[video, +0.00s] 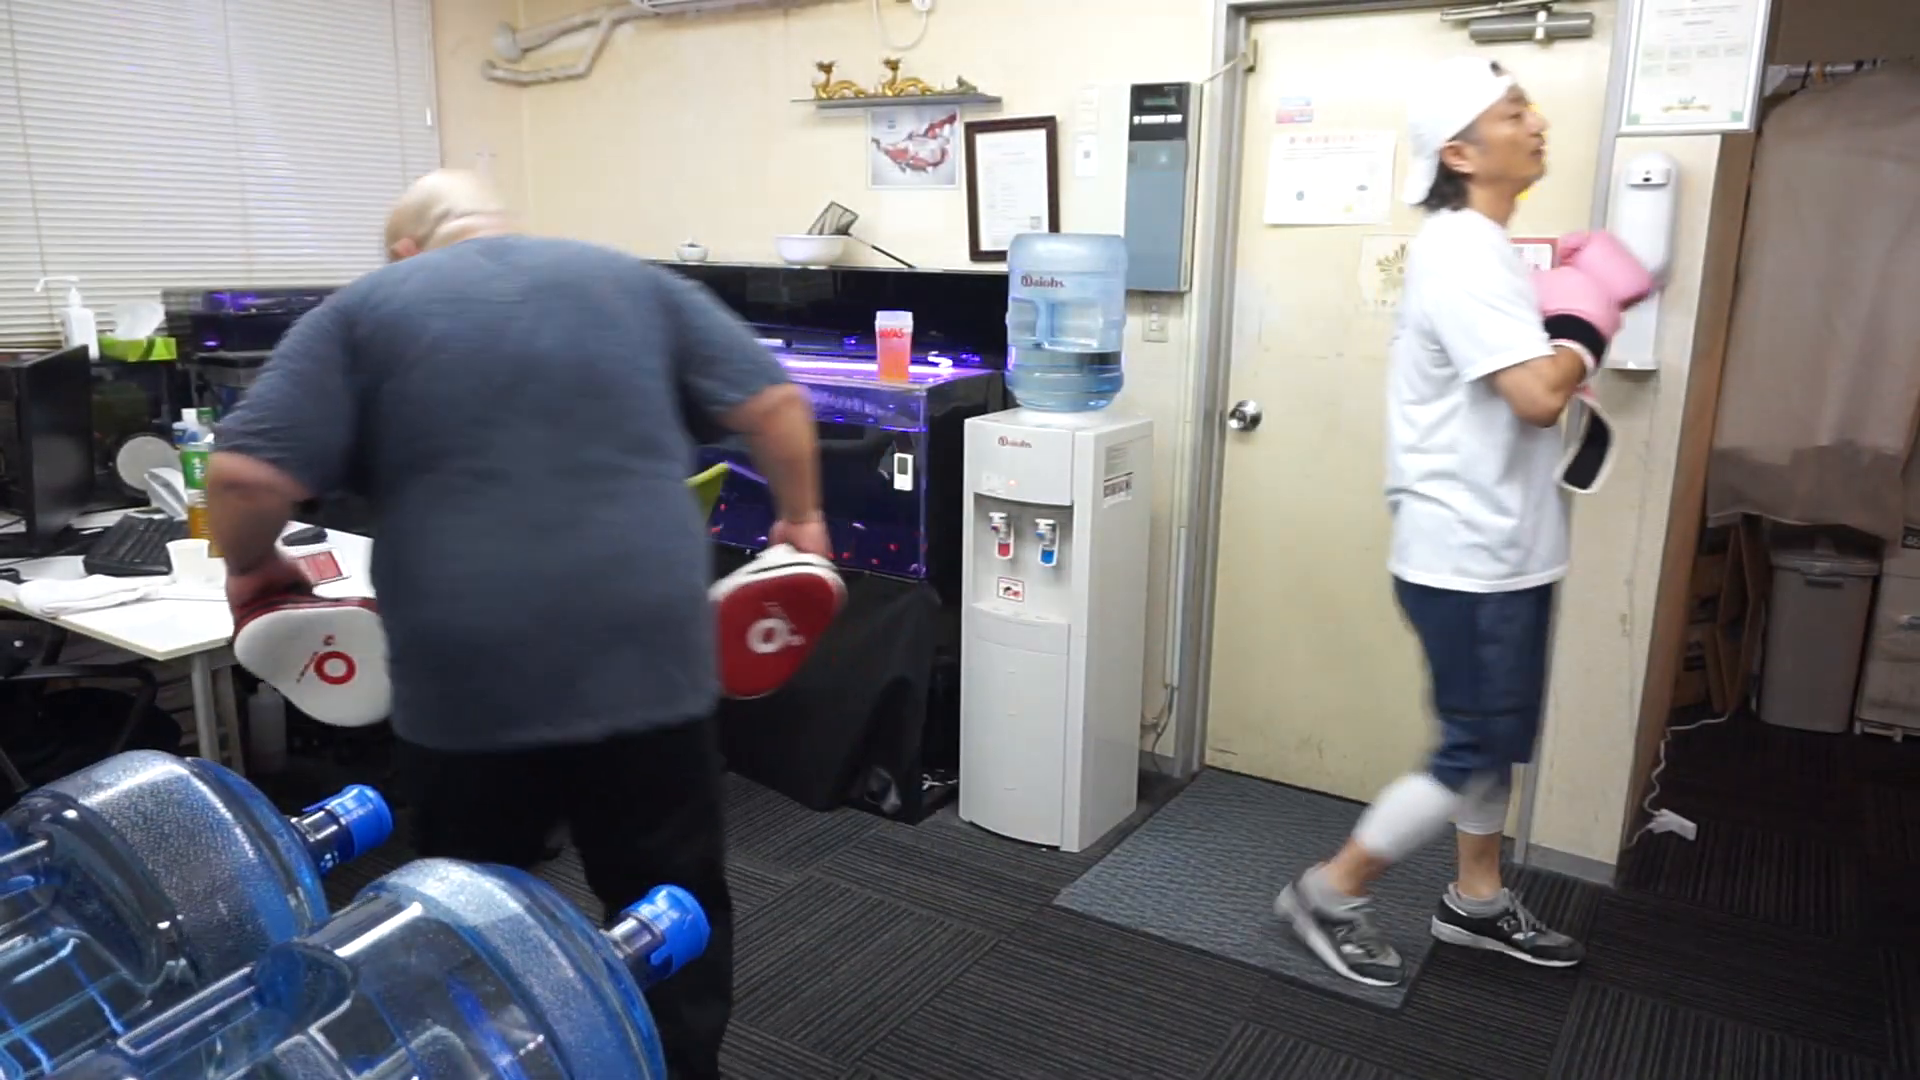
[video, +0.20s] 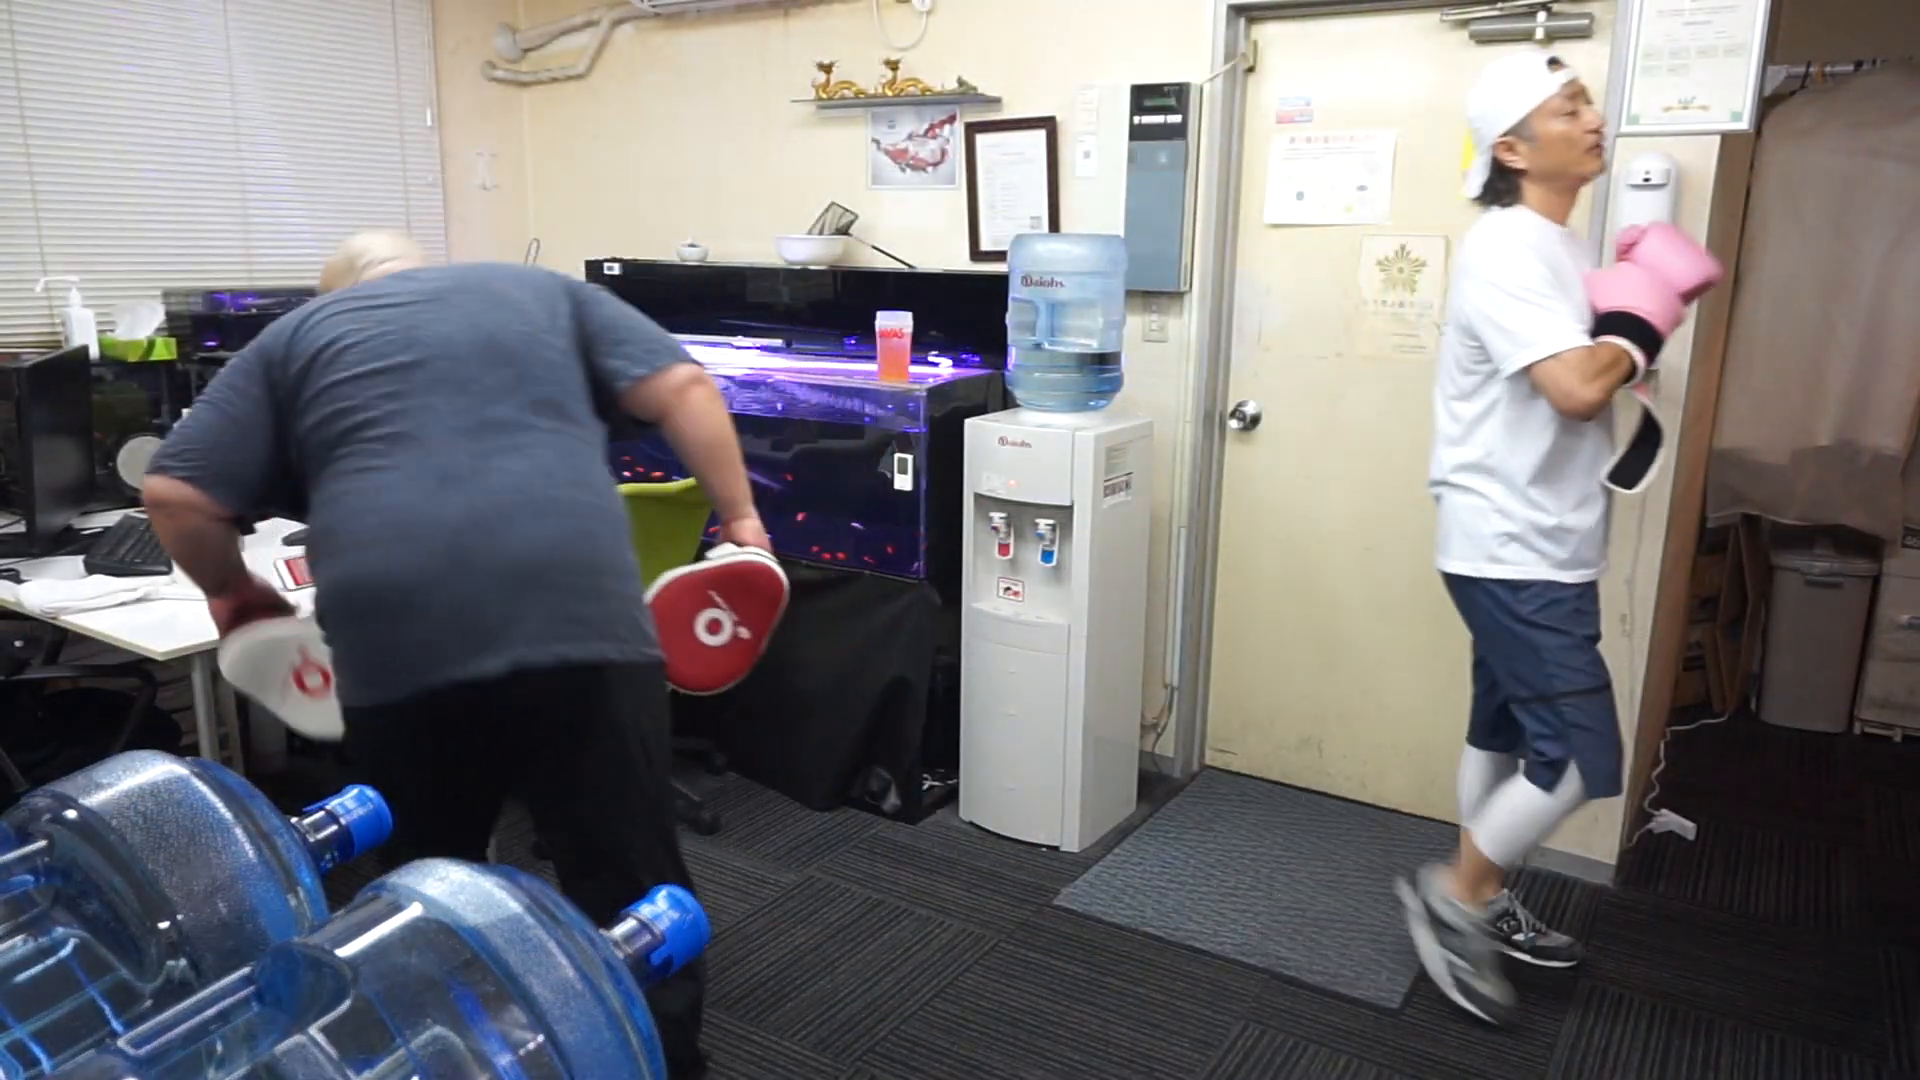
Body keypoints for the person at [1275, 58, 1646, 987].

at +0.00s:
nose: (1536, 123)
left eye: (1527, 109)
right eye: (1513, 115)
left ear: (1479, 152)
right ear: (1463, 152)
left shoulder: (1493, 248)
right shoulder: (1459, 251)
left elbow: (1527, 375)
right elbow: (1539, 398)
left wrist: (1569, 309)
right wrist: (1586, 325)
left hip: (1507, 546)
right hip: (1464, 552)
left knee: (1496, 738)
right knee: (1474, 752)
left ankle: (1476, 898)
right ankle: (1326, 892)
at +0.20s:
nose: (1593, 118)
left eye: (1586, 103)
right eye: (1567, 111)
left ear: (1553, 146)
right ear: (1514, 149)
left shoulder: (1561, 248)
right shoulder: (1508, 248)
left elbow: (1585, 373)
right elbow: (1578, 390)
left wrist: (1635, 315)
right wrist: (1641, 320)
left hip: (1544, 543)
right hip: (1509, 547)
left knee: (1502, 732)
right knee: (1582, 755)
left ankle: (1486, 901)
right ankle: (1451, 897)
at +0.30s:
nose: (1617, 117)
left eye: (1611, 101)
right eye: (1592, 110)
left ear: (1586, 142)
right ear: (1539, 149)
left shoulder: (1597, 247)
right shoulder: (1522, 255)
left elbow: (1607, 375)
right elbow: (1594, 394)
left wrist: (1666, 321)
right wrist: (1668, 314)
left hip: (1571, 548)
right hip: (1526, 553)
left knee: (1514, 726)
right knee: (1574, 758)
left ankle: (1476, 891)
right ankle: (1535, 959)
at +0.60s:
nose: (1678, 128)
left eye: (1676, 110)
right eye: (1649, 122)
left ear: (1688, 129)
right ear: (1596, 165)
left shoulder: (1713, 253)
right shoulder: (1575, 278)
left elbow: (1744, 391)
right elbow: (1605, 433)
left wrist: (1781, 324)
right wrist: (1719, 365)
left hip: (1674, 571)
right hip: (1595, 576)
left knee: (1584, 753)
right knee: (1606, 796)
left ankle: (1484, 888)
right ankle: (1619, 1004)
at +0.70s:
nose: (1690, 125)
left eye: (1688, 104)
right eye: (1656, 120)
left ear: (1711, 123)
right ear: (1608, 166)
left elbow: (1798, 396)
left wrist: (1824, 334)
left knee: (1669, 779)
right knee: (1616, 804)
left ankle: (1518, 874)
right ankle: (1619, 1004)